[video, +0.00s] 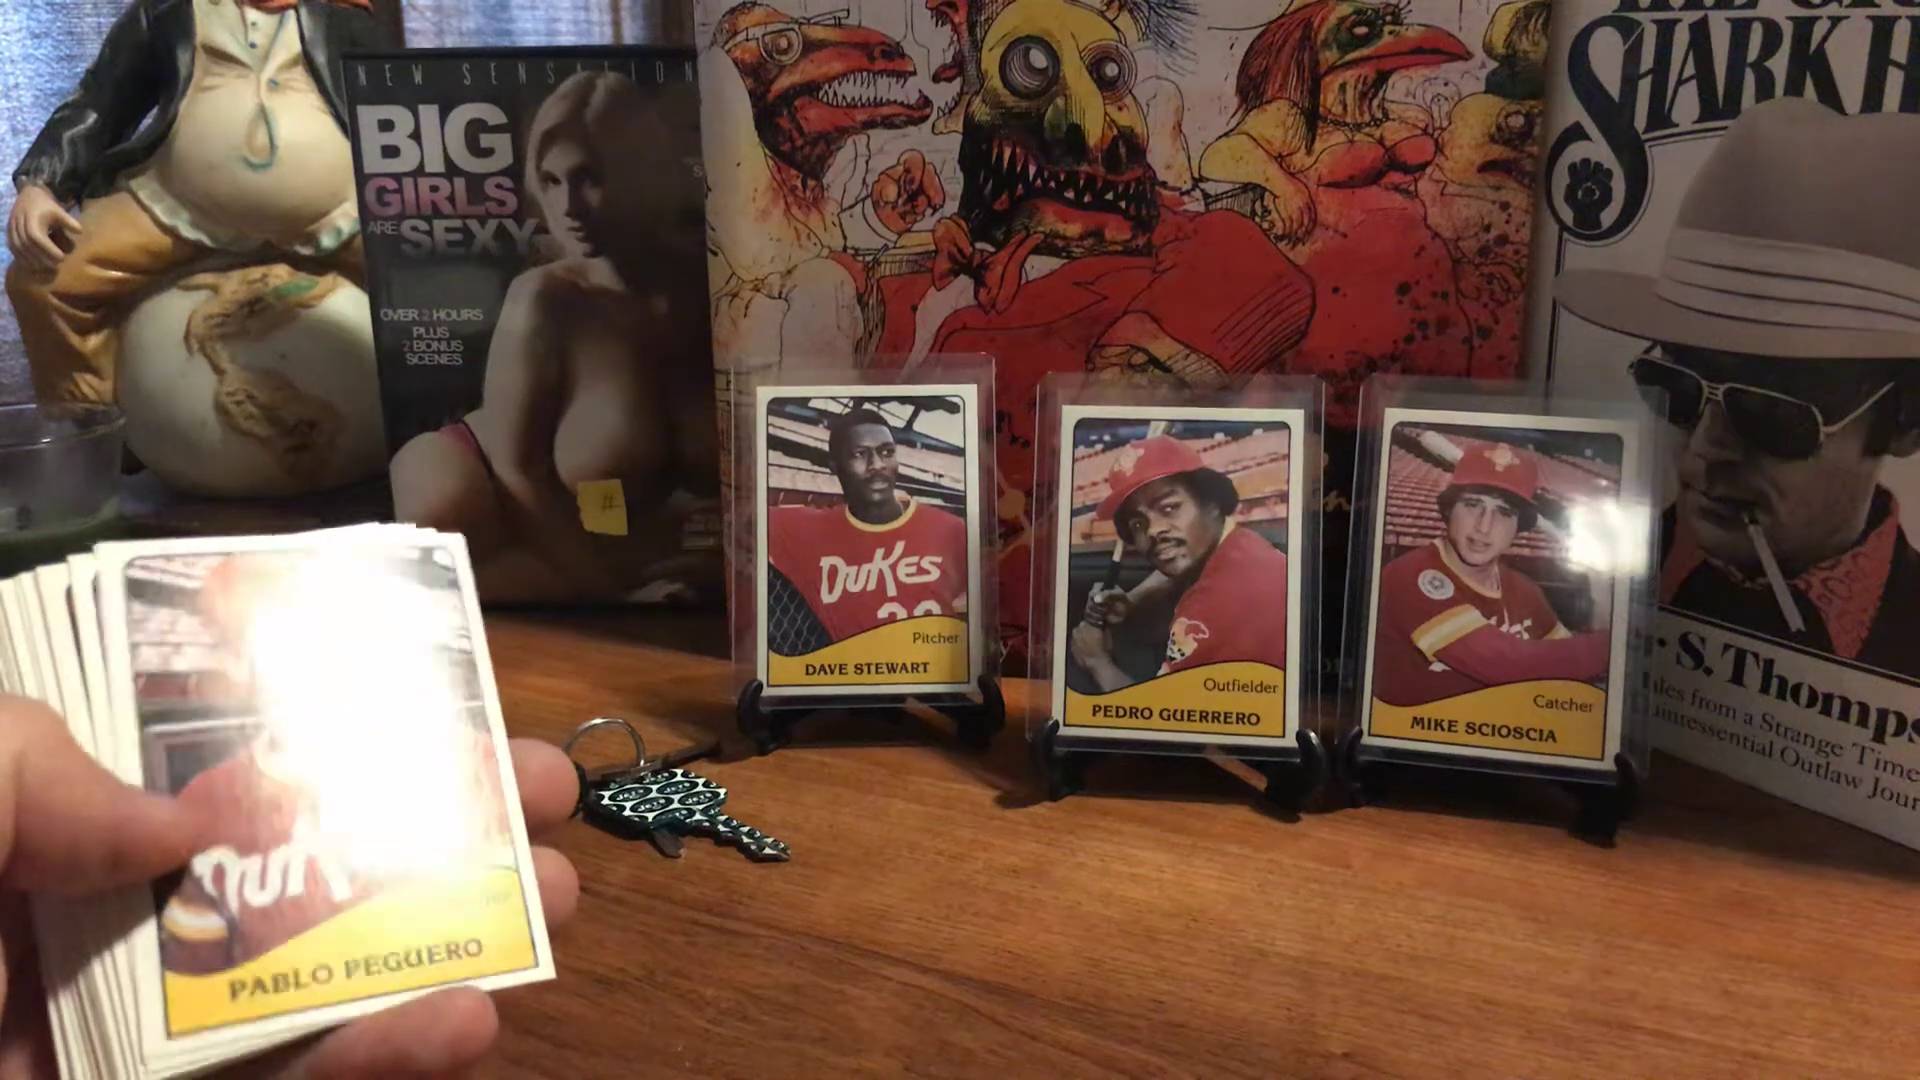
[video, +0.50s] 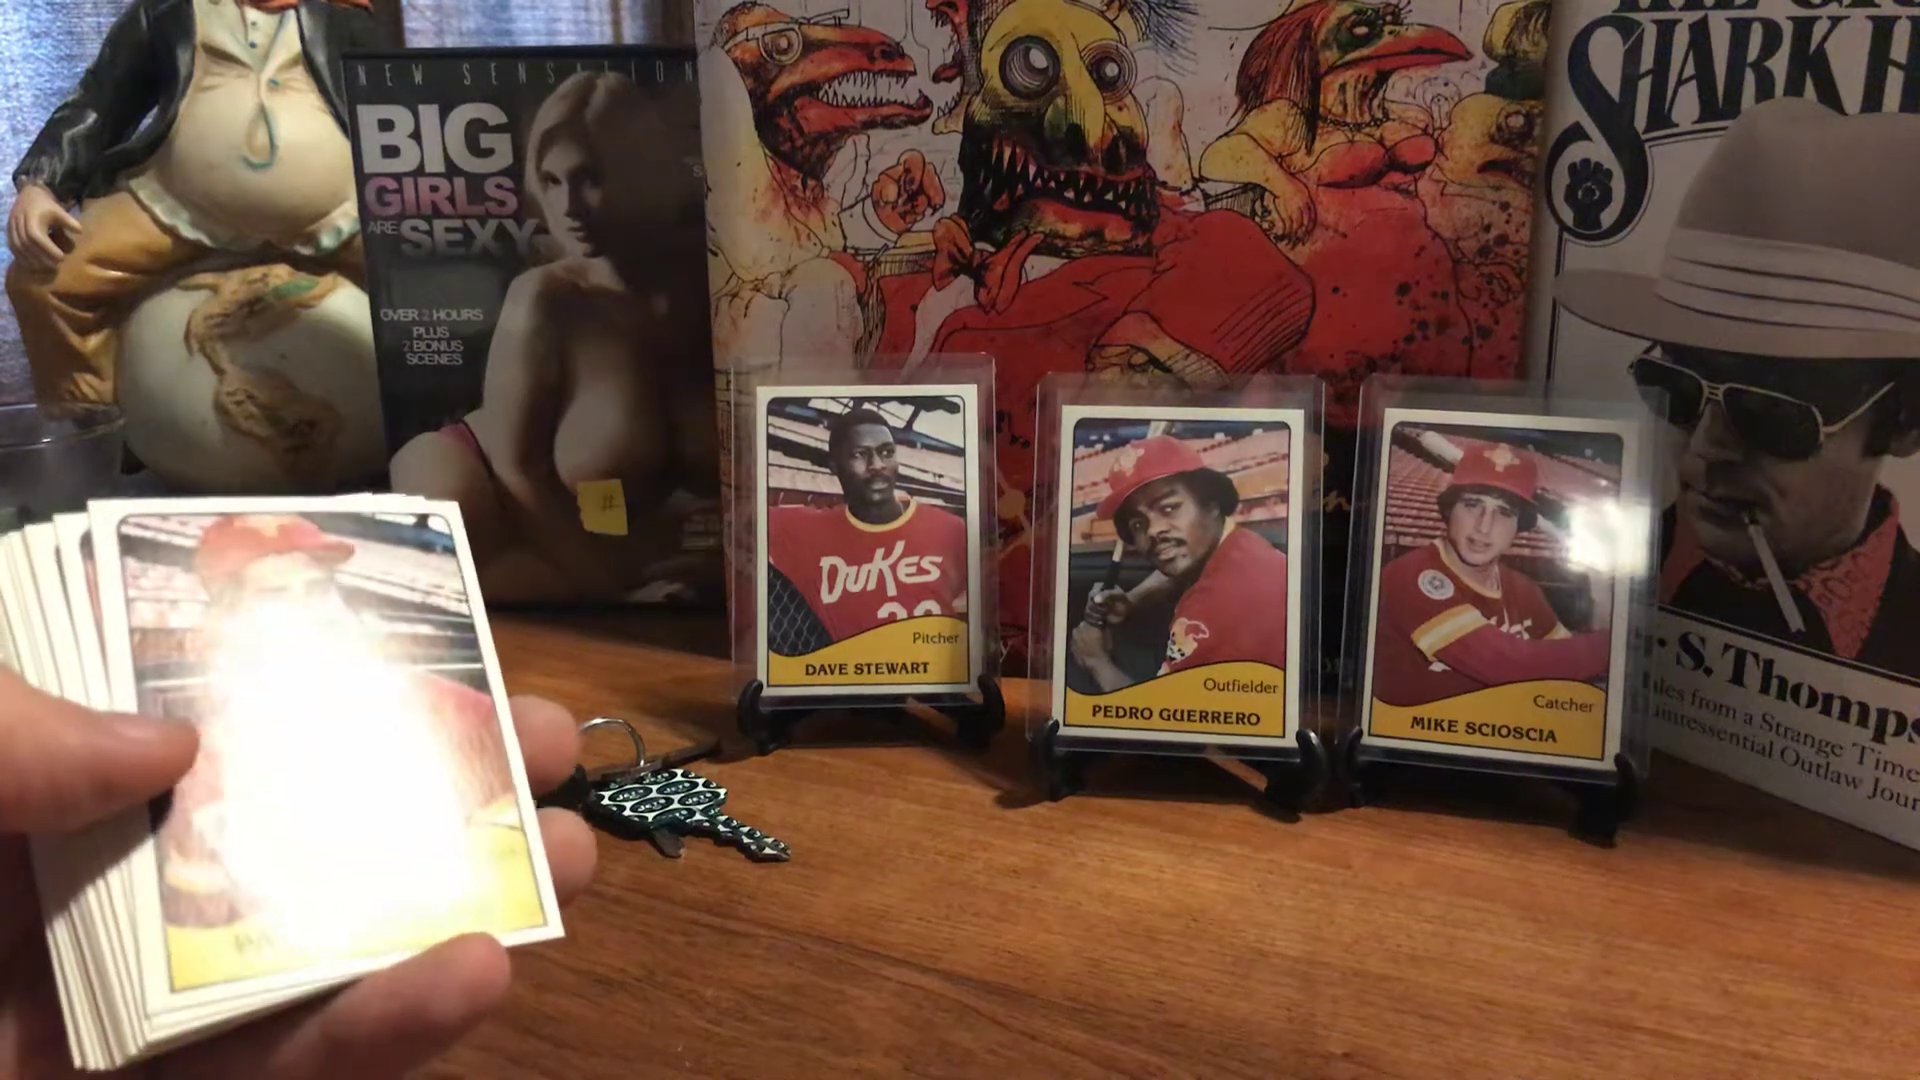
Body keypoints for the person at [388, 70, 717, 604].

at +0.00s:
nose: (569, 205)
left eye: (590, 178)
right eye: (552, 182)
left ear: (641, 177)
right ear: (537, 189)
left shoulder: (689, 291)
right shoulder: (542, 297)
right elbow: (514, 464)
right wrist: (613, 583)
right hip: (479, 462)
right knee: (437, 517)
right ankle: (614, 583)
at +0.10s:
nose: (569, 205)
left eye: (590, 178)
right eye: (552, 182)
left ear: (643, 176)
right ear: (537, 190)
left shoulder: (692, 291)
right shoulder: (542, 297)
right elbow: (513, 463)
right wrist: (611, 580)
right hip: (480, 461)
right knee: (438, 519)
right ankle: (615, 585)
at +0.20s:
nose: (569, 205)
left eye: (590, 178)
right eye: (552, 182)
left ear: (644, 176)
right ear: (537, 189)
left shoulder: (689, 293)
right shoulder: (542, 298)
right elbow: (513, 463)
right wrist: (610, 579)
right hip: (479, 462)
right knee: (438, 516)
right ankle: (616, 585)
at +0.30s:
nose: (569, 205)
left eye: (590, 178)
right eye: (552, 182)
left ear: (643, 176)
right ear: (537, 189)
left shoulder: (687, 293)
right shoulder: (542, 298)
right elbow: (513, 463)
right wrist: (610, 579)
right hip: (479, 463)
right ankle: (615, 585)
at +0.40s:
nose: (569, 205)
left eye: (590, 178)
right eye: (553, 181)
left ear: (643, 177)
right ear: (537, 189)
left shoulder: (688, 292)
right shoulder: (542, 297)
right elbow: (513, 463)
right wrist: (609, 577)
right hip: (478, 462)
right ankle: (616, 585)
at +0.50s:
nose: (570, 205)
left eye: (591, 178)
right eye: (553, 182)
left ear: (643, 177)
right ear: (538, 189)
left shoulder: (687, 295)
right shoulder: (542, 297)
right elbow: (513, 463)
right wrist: (611, 580)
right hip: (475, 464)